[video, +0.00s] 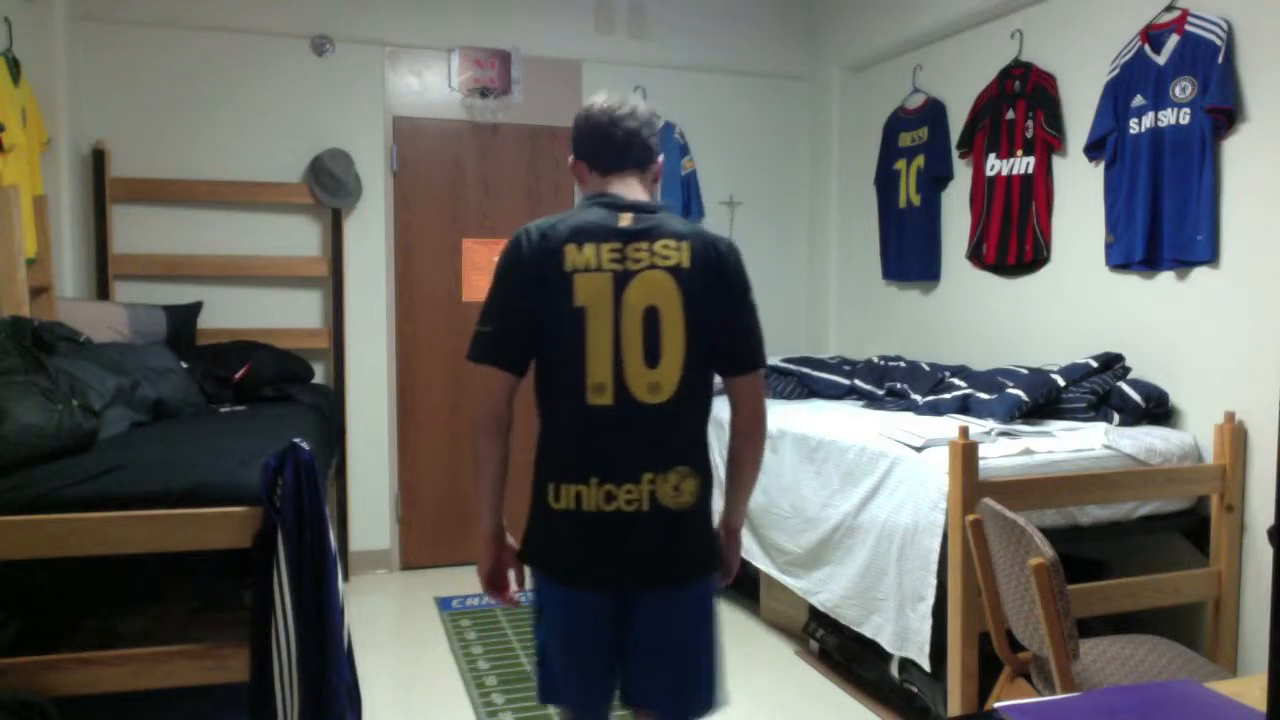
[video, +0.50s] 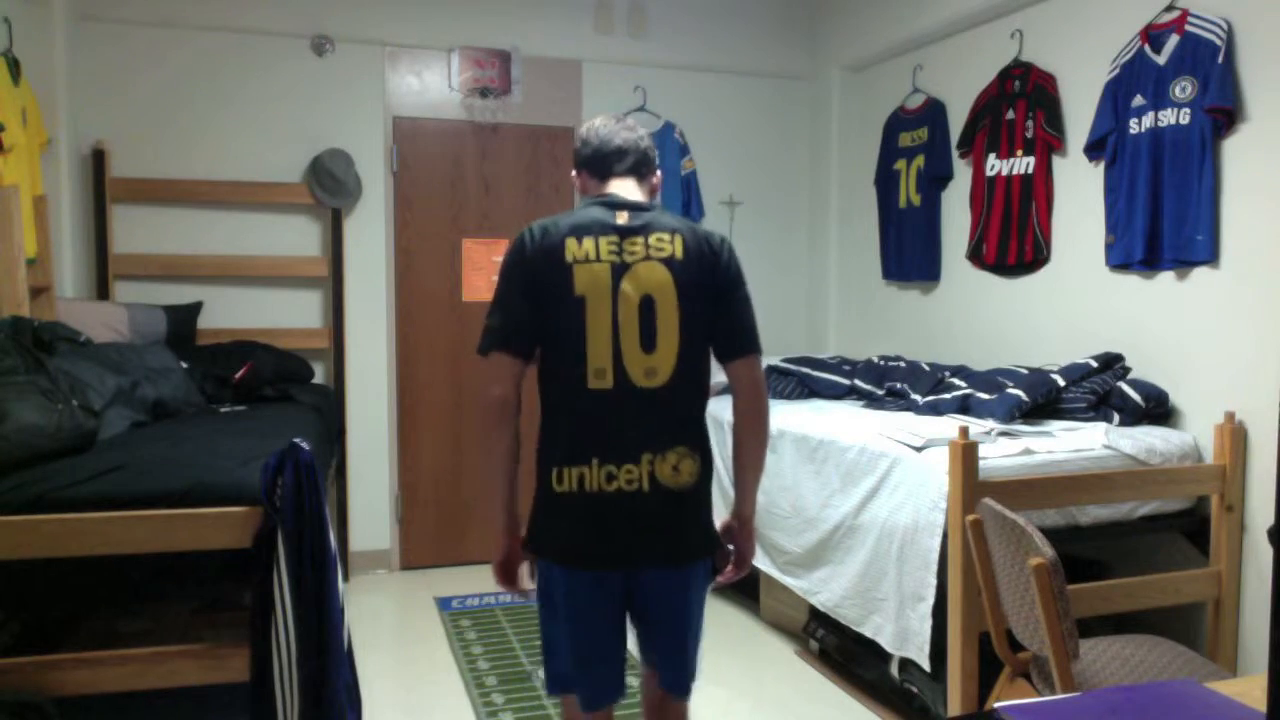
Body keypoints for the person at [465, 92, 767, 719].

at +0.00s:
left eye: (573, 161)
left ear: (576, 165)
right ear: (656, 167)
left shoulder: (535, 249)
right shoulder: (710, 253)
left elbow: (492, 403)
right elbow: (750, 408)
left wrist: (491, 529)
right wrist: (732, 525)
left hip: (570, 537)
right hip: (674, 538)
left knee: (579, 707)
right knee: (667, 709)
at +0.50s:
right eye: (656, 176)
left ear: (578, 177)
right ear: (655, 179)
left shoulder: (537, 246)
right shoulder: (706, 249)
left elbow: (500, 395)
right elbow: (751, 392)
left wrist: (507, 527)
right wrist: (745, 513)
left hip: (575, 522)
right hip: (676, 521)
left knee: (585, 701)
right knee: (669, 694)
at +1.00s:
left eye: (567, 162)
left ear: (570, 163)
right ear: (648, 165)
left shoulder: (538, 233)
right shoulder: (697, 234)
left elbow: (515, 373)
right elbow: (760, 369)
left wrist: (521, 504)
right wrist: (755, 491)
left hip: (578, 499)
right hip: (675, 495)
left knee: (593, 677)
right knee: (654, 656)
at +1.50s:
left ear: (542, 191)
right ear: (615, 187)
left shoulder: (529, 253)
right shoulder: (680, 254)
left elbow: (527, 367)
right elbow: (750, 395)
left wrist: (542, 531)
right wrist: (758, 531)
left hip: (587, 539)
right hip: (682, 533)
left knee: (588, 708)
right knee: (679, 706)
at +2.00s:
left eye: (600, 162)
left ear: (602, 171)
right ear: (684, 169)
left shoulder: (557, 251)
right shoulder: (737, 250)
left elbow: (487, 394)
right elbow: (791, 397)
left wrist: (568, 377)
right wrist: (787, 519)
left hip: (612, 529)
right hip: (713, 522)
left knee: (624, 706)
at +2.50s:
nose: (676, 137)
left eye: (677, 125)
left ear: (684, 137)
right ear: (764, 138)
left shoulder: (688, 237)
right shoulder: (810, 247)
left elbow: (689, 406)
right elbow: (792, 388)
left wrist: (614, 396)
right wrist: (640, 394)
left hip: (698, 541)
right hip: (791, 540)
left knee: (633, 705)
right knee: (768, 711)